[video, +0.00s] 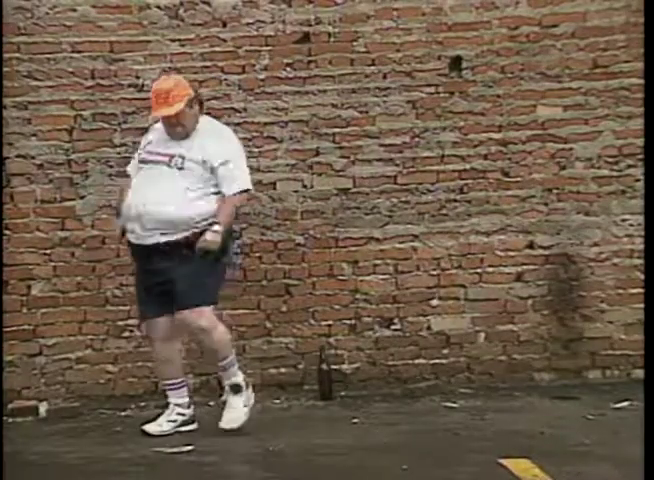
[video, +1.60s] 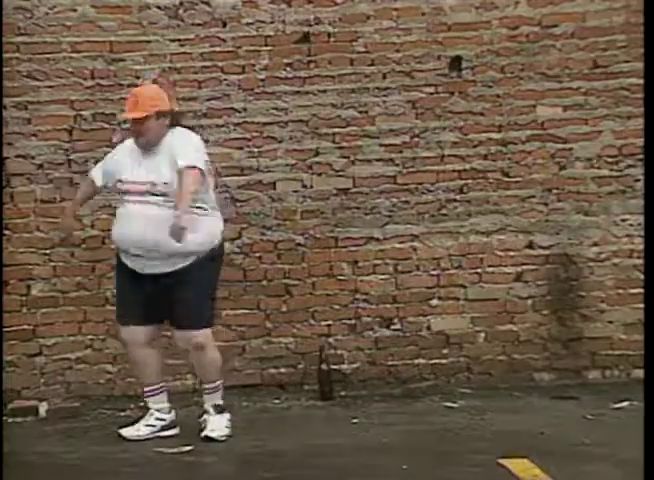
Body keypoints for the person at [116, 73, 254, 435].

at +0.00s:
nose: (170, 122)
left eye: (177, 114)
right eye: (164, 116)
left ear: (194, 104)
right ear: (156, 112)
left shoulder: (219, 138)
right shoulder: (154, 135)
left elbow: (235, 191)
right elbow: (136, 179)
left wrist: (218, 229)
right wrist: (127, 217)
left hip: (195, 243)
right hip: (149, 246)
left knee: (196, 317)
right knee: (159, 329)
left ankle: (237, 389)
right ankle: (180, 408)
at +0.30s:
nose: (164, 115)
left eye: (171, 108)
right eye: (161, 109)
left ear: (193, 109)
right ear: (162, 112)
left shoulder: (212, 138)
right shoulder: (175, 148)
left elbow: (240, 180)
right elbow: (174, 196)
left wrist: (202, 196)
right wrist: (139, 202)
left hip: (207, 250)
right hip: (163, 253)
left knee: (206, 335)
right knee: (132, 320)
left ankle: (233, 412)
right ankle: (167, 394)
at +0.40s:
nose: (151, 111)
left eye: (158, 105)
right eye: (148, 105)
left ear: (180, 107)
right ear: (148, 109)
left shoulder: (202, 137)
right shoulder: (156, 149)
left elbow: (216, 182)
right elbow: (150, 200)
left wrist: (168, 182)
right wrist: (107, 201)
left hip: (217, 246)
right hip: (172, 253)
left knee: (216, 330)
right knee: (149, 321)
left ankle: (234, 411)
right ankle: (170, 403)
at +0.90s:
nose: (150, 117)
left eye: (155, 109)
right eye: (146, 111)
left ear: (176, 100)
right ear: (145, 109)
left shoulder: (210, 129)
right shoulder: (148, 135)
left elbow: (229, 172)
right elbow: (144, 181)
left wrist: (214, 215)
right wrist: (133, 222)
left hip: (191, 242)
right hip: (141, 243)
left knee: (199, 329)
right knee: (148, 328)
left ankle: (217, 407)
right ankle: (173, 408)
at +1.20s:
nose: (164, 111)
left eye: (171, 104)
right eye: (160, 105)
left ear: (193, 105)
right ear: (156, 107)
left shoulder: (216, 140)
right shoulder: (154, 141)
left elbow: (246, 192)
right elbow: (135, 184)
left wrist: (218, 188)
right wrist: (100, 185)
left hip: (200, 252)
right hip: (146, 251)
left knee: (200, 334)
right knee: (124, 322)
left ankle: (217, 411)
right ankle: (161, 395)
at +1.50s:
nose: (139, 129)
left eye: (147, 122)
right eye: (135, 122)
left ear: (168, 121)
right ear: (131, 122)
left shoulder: (190, 147)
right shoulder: (124, 150)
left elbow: (192, 178)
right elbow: (83, 176)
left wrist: (165, 202)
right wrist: (54, 202)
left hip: (200, 260)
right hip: (142, 261)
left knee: (206, 333)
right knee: (138, 333)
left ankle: (218, 411)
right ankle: (160, 412)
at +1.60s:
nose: (134, 128)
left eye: (141, 121)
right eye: (131, 121)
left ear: (163, 119)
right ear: (128, 120)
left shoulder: (185, 142)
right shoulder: (125, 151)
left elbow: (191, 176)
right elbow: (95, 178)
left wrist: (182, 212)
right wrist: (76, 203)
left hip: (189, 259)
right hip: (136, 261)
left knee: (196, 337)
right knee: (136, 335)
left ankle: (216, 411)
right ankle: (160, 413)